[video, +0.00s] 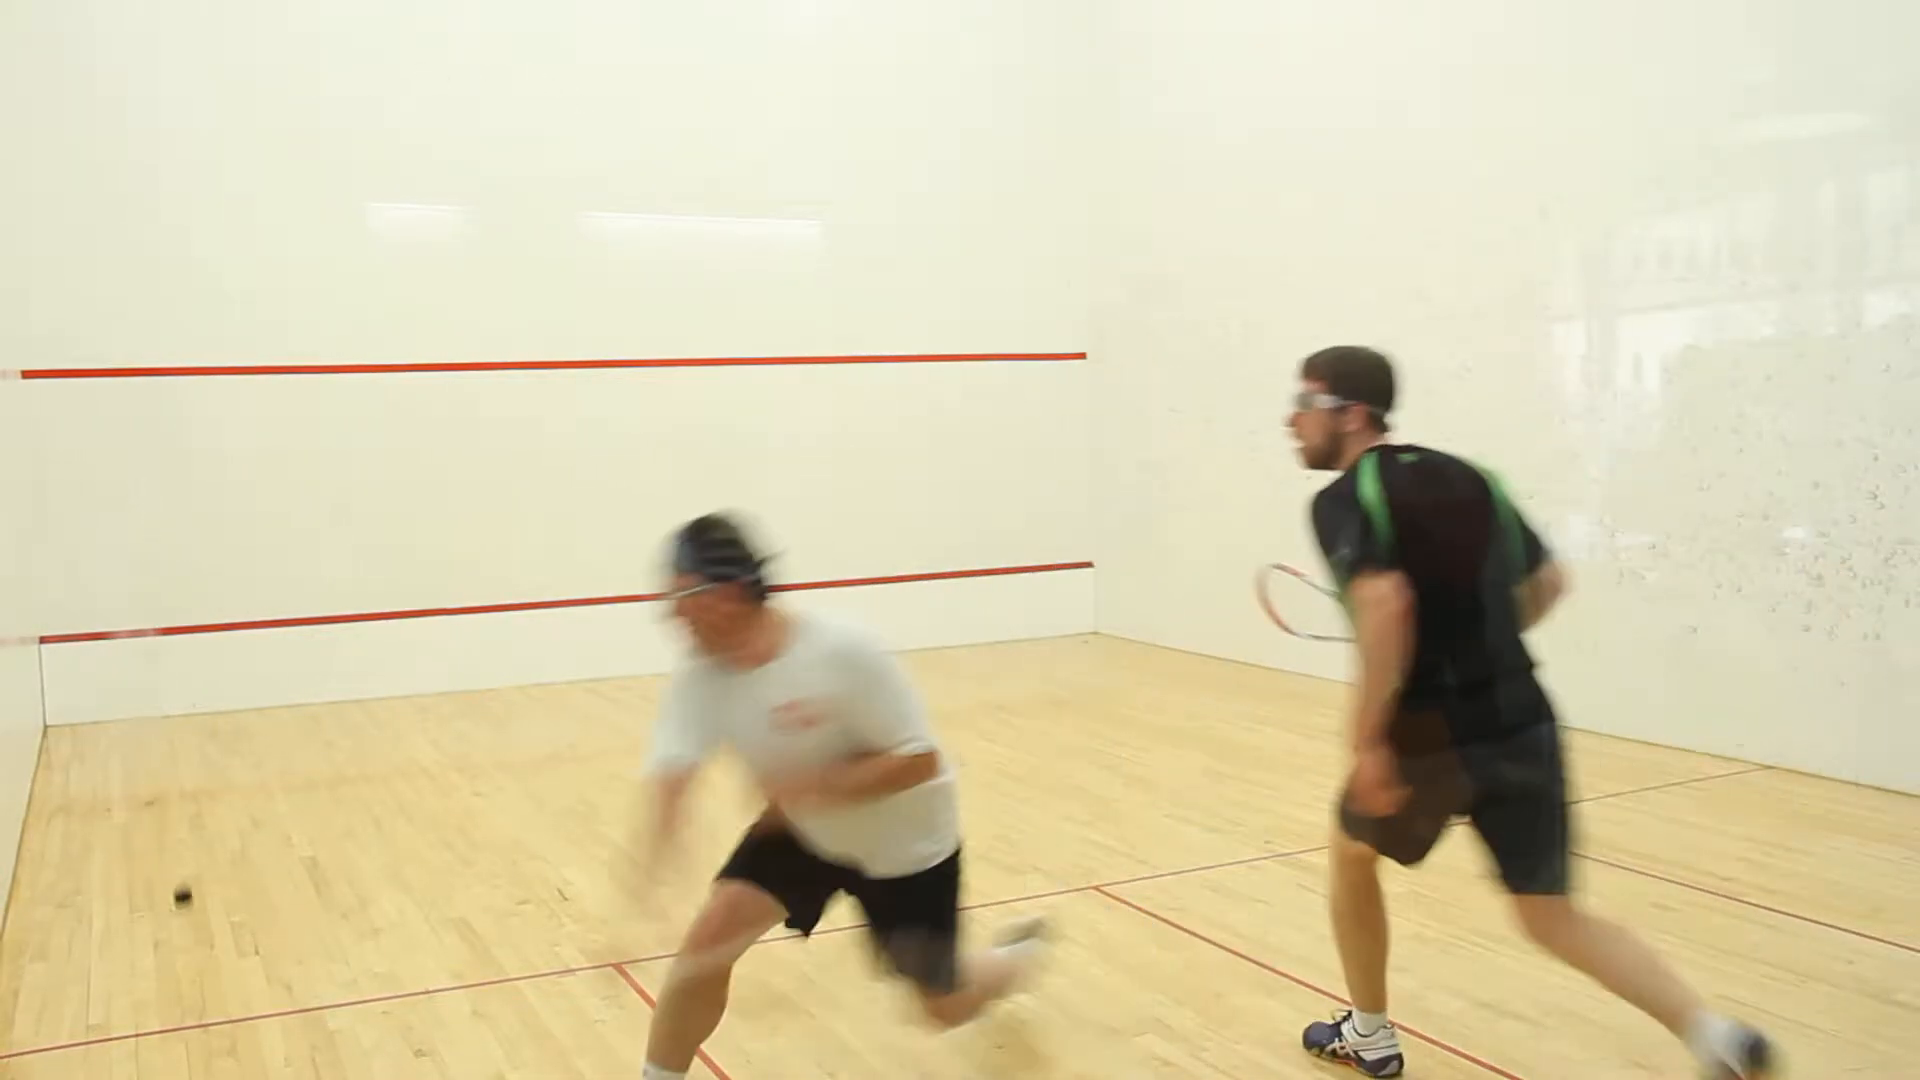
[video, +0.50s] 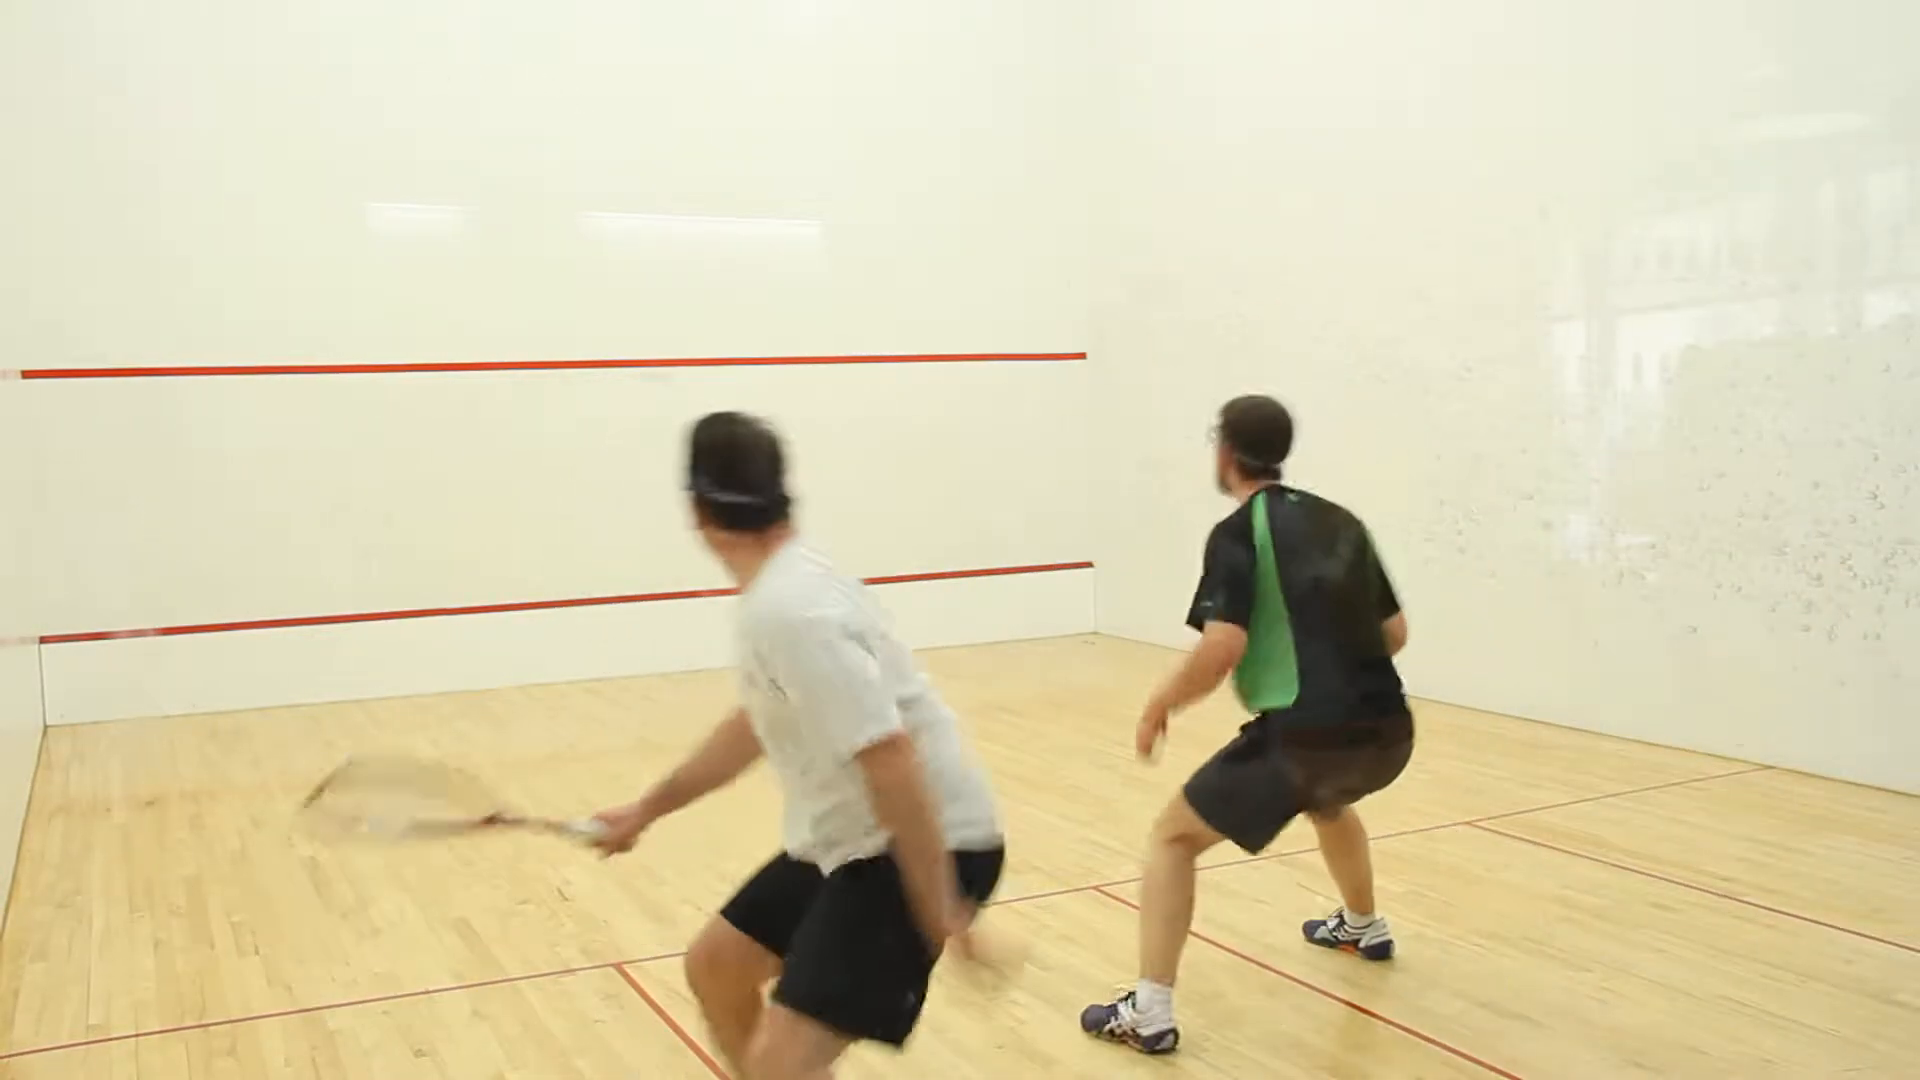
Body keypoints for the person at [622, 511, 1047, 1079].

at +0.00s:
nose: (683, 622)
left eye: (691, 605)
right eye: (678, 606)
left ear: (734, 593)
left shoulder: (846, 651)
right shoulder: (704, 676)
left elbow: (920, 760)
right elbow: (669, 778)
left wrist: (818, 787)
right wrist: (655, 860)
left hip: (907, 843)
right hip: (802, 832)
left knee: (946, 1004)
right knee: (708, 943)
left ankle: (1025, 952)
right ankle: (661, 1074)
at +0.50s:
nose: (691, 516)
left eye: (692, 501)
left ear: (701, 514)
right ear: (779, 495)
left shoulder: (797, 610)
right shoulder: (775, 599)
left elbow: (891, 761)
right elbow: (751, 728)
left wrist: (940, 907)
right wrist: (644, 810)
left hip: (909, 853)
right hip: (846, 839)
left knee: (779, 1061)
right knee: (718, 967)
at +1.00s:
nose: (1038, 424)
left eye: (1037, 415)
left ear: (1039, 428)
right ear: (1123, 426)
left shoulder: (1028, 527)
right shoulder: (1173, 527)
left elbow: (952, 654)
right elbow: (1205, 659)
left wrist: (882, 759)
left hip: (1095, 801)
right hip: (1200, 792)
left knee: (1072, 1015)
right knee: (1156, 940)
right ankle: (1233, 1070)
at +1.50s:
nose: (1283, 439)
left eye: (1286, 428)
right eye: (1288, 428)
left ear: (1297, 437)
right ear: (1359, 447)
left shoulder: (1259, 508)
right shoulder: (1388, 527)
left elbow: (1170, 581)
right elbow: (1434, 632)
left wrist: (1163, 642)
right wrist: (1380, 680)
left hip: (1250, 741)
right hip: (1349, 744)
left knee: (1188, 904)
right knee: (1313, 847)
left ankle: (1252, 1048)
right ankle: (1346, 1016)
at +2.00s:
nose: (1434, 397)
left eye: (1428, 386)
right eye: (1462, 393)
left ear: (1422, 389)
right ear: (1476, 396)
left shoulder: (1384, 444)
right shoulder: (1499, 455)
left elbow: (1306, 503)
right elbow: (1575, 515)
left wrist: (1324, 580)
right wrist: (1604, 557)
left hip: (1386, 629)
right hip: (1469, 635)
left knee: (1374, 738)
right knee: (1439, 759)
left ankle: (1391, 861)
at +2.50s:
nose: (1550, 459)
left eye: (1550, 453)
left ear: (1547, 455)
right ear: (1588, 462)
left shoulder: (1508, 487)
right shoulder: (1596, 507)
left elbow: (1450, 535)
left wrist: (1489, 567)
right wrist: (1475, 605)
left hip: (1487, 626)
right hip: (1552, 640)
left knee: (1428, 709)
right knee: (1550, 687)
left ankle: (1420, 798)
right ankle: (1533, 784)